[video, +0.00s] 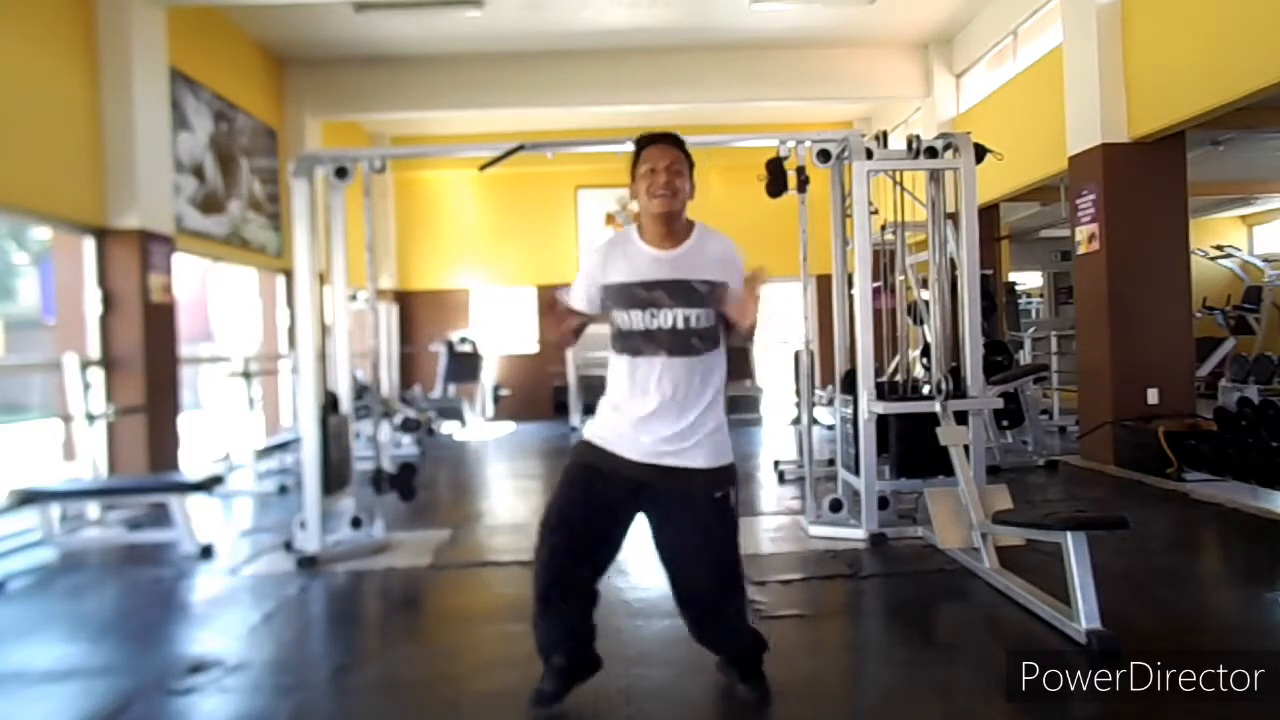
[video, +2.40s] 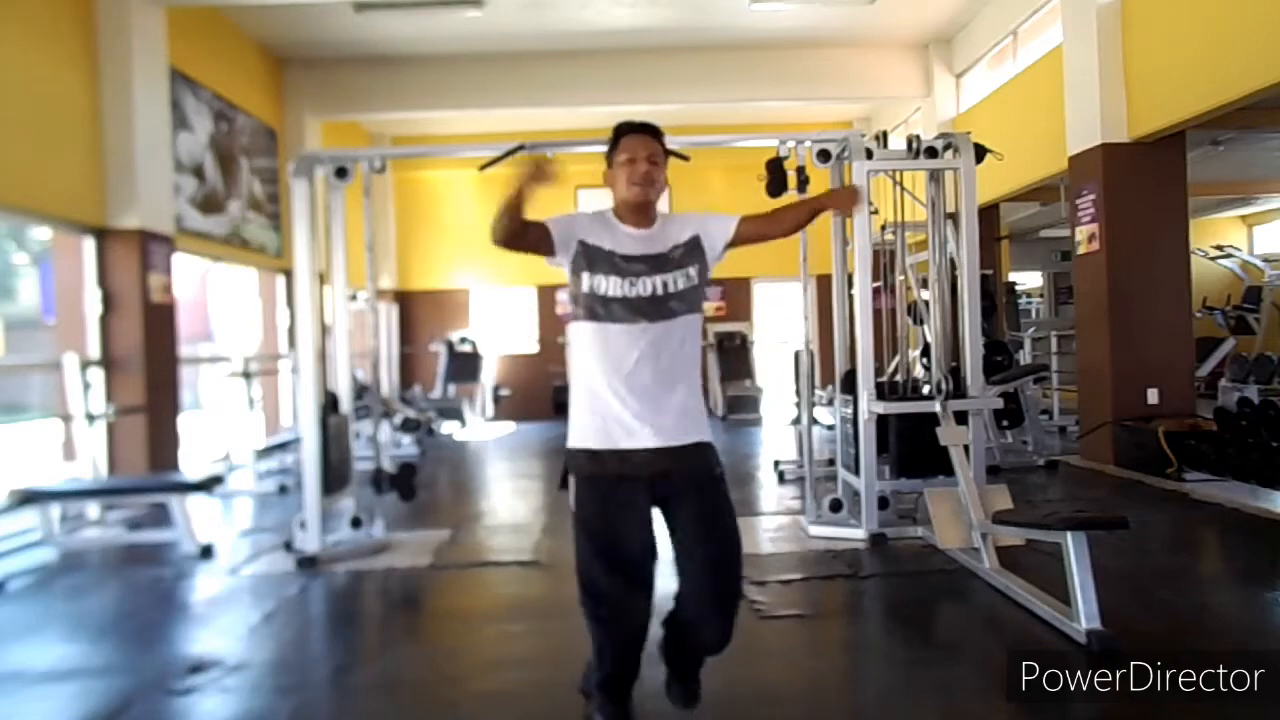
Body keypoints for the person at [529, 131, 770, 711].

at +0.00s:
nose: (663, 180)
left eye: (675, 171)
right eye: (651, 172)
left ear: (692, 183)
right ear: (633, 186)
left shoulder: (720, 254)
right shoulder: (609, 254)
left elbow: (737, 332)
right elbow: (570, 326)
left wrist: (745, 318)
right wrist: (558, 325)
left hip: (695, 446)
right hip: (615, 438)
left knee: (708, 583)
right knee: (560, 554)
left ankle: (742, 659)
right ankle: (566, 658)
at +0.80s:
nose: (652, 177)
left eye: (663, 168)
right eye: (640, 169)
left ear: (680, 180)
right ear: (621, 184)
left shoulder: (715, 248)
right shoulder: (602, 254)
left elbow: (739, 326)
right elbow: (563, 319)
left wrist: (722, 385)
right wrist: (535, 369)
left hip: (693, 447)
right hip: (611, 441)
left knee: (708, 584)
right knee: (545, 576)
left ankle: (735, 669)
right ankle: (562, 666)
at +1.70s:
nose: (651, 150)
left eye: (661, 139)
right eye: (637, 142)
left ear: (679, 152)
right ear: (618, 157)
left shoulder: (705, 221)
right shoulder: (587, 222)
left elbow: (756, 284)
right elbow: (533, 281)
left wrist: (799, 339)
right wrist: (526, 284)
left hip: (684, 431)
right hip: (603, 431)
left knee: (685, 572)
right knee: (604, 572)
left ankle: (686, 699)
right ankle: (614, 696)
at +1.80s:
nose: (655, 162)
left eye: (665, 152)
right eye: (641, 152)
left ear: (677, 163)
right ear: (616, 163)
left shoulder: (705, 232)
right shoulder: (586, 233)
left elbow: (782, 275)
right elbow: (501, 273)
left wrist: (861, 300)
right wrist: (557, 239)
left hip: (684, 453)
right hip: (605, 452)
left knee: (679, 600)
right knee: (616, 606)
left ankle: (676, 704)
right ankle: (618, 706)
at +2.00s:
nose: (694, 180)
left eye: (693, 170)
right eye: (684, 170)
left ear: (663, 172)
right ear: (646, 172)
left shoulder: (707, 233)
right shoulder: (589, 230)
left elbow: (780, 242)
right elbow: (509, 246)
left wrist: (831, 220)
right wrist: (500, 214)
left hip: (683, 444)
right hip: (602, 432)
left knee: (677, 603)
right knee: (557, 539)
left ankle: (677, 703)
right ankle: (603, 611)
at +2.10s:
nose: (692, 176)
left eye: (692, 165)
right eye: (683, 165)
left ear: (668, 168)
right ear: (645, 167)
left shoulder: (698, 230)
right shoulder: (589, 223)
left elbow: (765, 267)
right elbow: (511, 233)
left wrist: (760, 209)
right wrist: (444, 205)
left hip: (680, 440)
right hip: (605, 439)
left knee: (678, 586)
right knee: (593, 586)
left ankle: (668, 701)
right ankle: (612, 698)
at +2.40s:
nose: (642, 169)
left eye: (652, 160)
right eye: (630, 160)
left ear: (666, 173)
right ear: (608, 173)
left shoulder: (696, 232)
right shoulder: (579, 232)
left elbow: (771, 223)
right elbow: (507, 235)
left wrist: (824, 200)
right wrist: (521, 188)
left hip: (684, 439)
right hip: (602, 443)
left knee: (717, 585)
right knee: (614, 588)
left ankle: (684, 654)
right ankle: (609, 697)